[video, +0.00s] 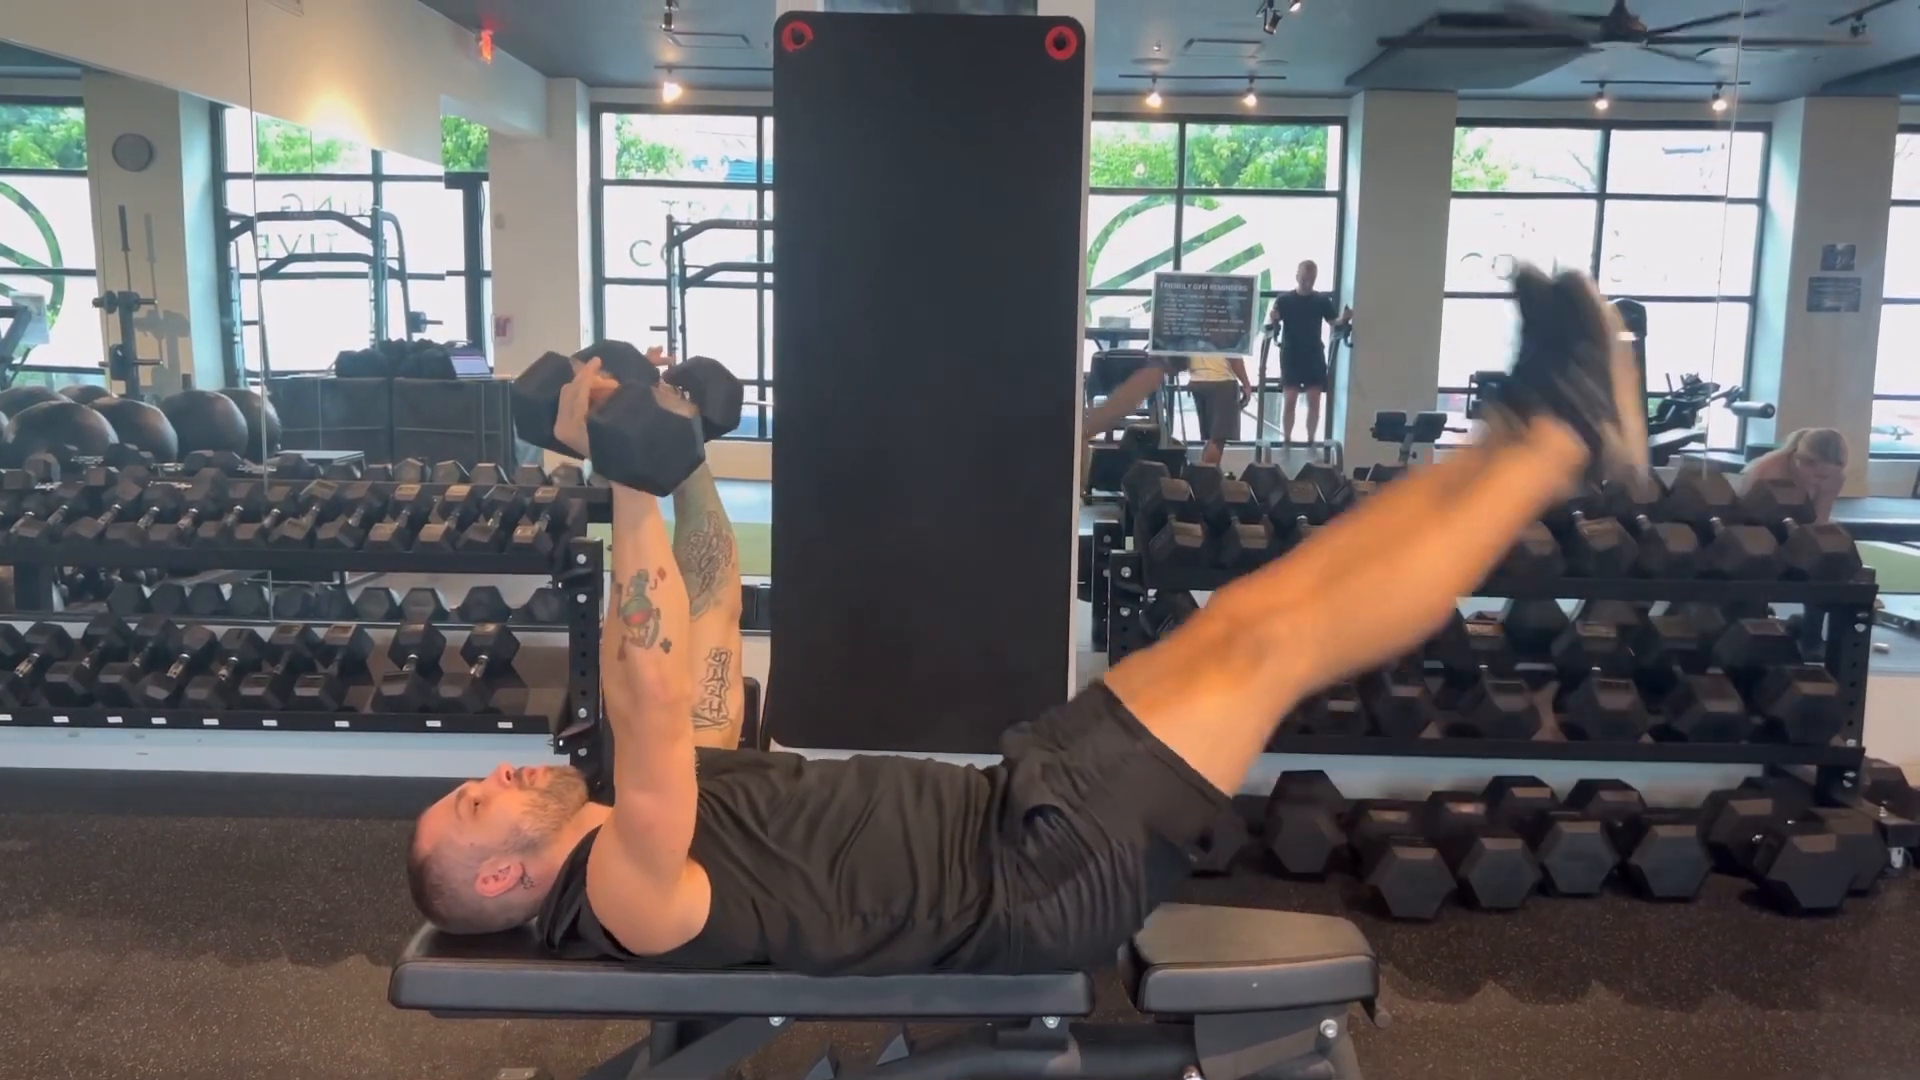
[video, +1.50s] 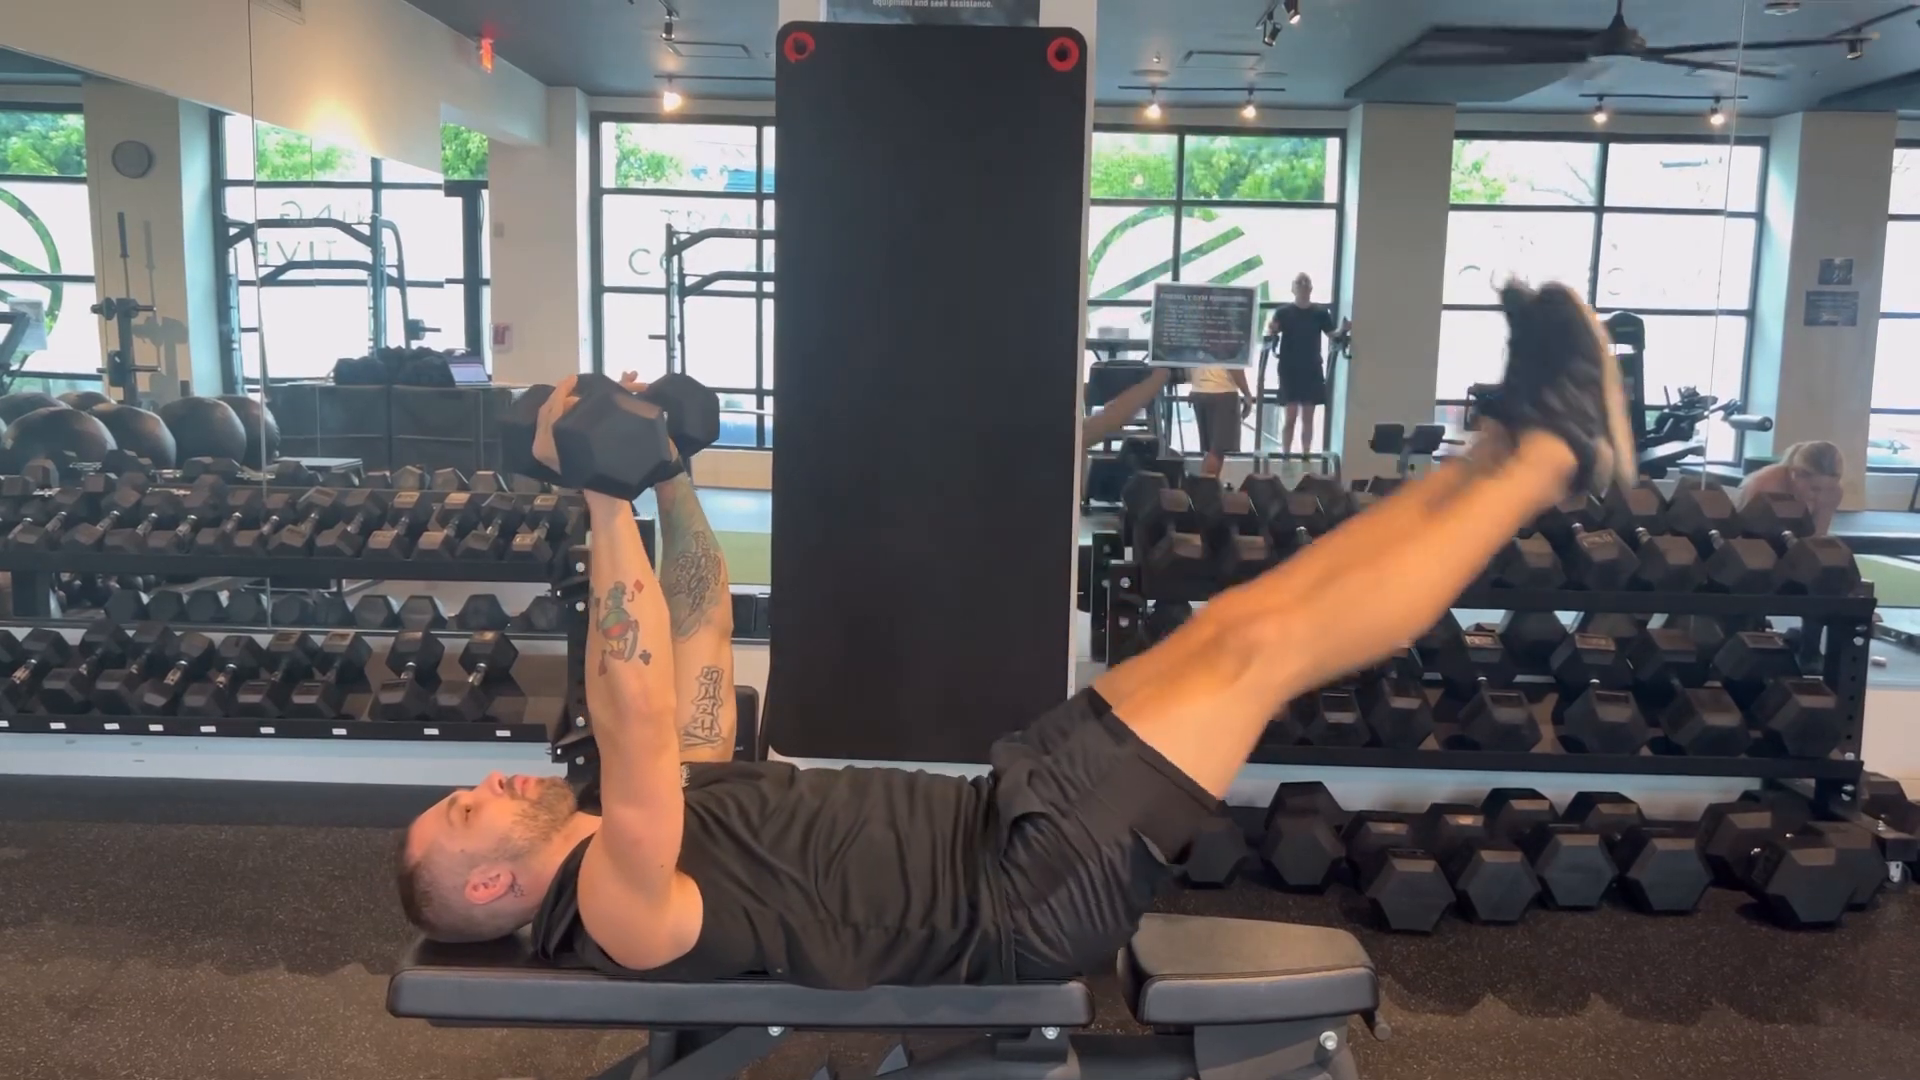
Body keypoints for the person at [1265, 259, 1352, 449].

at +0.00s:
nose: (1307, 282)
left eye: (1310, 278)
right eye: (1303, 278)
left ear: (1315, 278)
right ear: (1297, 277)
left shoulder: (1321, 300)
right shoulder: (1285, 300)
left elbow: (1333, 323)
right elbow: (1271, 324)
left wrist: (1344, 319)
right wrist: (1272, 319)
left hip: (1314, 352)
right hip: (1291, 353)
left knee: (1314, 399)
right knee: (1290, 399)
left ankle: (1311, 442)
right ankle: (1286, 441)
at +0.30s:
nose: (1306, 286)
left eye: (1310, 282)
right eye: (1303, 281)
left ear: (1314, 282)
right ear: (1296, 280)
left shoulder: (1321, 305)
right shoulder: (1284, 304)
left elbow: (1334, 328)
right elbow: (1270, 332)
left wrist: (1344, 322)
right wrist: (1272, 324)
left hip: (1313, 361)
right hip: (1289, 361)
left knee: (1312, 409)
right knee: (1288, 409)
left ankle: (1308, 449)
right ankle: (1281, 449)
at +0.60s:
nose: (1306, 289)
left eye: (1309, 285)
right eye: (1302, 285)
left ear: (1313, 285)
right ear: (1295, 284)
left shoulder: (1321, 307)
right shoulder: (1284, 307)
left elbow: (1332, 330)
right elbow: (1272, 335)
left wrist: (1344, 324)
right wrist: (1272, 325)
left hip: (1313, 362)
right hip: (1290, 363)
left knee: (1314, 411)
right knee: (1290, 411)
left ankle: (1312, 452)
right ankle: (1285, 452)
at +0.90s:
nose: (1306, 291)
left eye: (1309, 288)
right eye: (1302, 287)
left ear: (1313, 288)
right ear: (1296, 287)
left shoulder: (1321, 310)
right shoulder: (1284, 310)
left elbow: (1334, 334)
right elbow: (1270, 338)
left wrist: (1344, 328)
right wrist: (1272, 328)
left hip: (1313, 363)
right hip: (1290, 363)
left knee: (1316, 409)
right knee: (1291, 409)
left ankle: (1316, 454)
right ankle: (1288, 454)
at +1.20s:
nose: (1305, 290)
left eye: (1308, 286)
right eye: (1301, 286)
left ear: (1312, 288)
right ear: (1294, 288)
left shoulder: (1320, 312)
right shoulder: (1284, 312)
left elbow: (1332, 335)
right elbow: (1270, 338)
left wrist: (1344, 329)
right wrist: (1272, 330)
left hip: (1312, 367)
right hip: (1289, 367)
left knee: (1312, 414)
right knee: (1289, 414)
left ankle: (1309, 456)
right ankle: (1285, 457)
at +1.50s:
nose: (1303, 291)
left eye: (1306, 288)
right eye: (1300, 287)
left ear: (1311, 289)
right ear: (1293, 289)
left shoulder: (1320, 313)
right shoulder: (1284, 313)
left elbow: (1332, 336)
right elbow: (1271, 335)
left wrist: (1343, 330)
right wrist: (1272, 331)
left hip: (1312, 367)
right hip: (1289, 367)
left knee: (1308, 416)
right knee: (1291, 415)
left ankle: (1306, 455)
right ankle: (1285, 455)